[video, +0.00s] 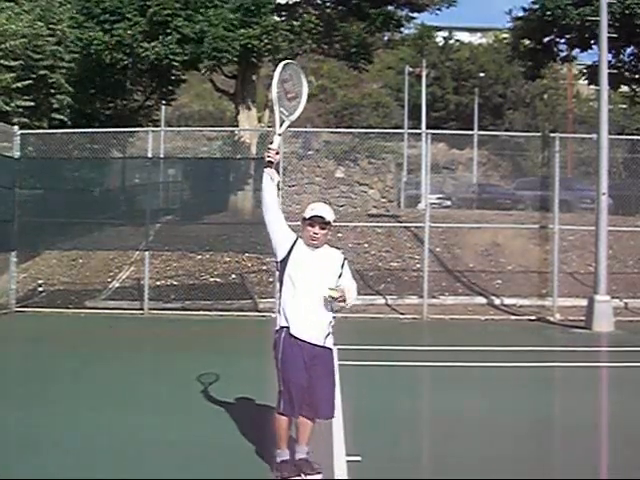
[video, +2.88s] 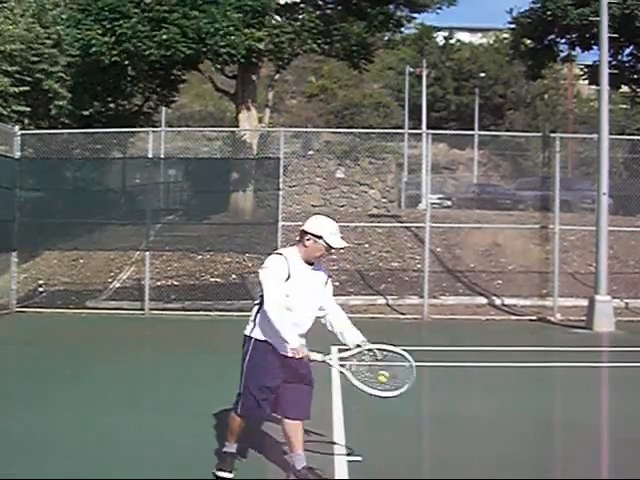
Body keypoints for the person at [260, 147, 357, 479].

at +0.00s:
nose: (316, 229)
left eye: (322, 225)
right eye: (311, 223)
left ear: (330, 229)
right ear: (302, 225)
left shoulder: (336, 259)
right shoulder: (289, 246)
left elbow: (352, 292)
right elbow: (271, 209)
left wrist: (344, 297)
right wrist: (270, 169)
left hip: (320, 339)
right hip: (291, 334)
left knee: (312, 401)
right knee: (289, 398)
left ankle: (302, 456)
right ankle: (282, 459)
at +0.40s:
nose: (316, 226)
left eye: (323, 224)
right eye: (313, 221)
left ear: (331, 231)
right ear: (304, 224)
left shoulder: (336, 257)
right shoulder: (289, 245)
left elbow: (363, 277)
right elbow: (254, 246)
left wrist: (355, 251)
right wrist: (269, 218)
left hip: (319, 337)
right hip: (289, 332)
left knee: (311, 398)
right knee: (288, 395)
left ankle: (301, 457)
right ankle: (283, 459)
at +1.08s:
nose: (318, 233)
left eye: (323, 229)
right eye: (314, 227)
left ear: (327, 231)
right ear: (303, 225)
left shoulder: (330, 255)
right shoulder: (282, 249)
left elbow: (357, 249)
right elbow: (252, 278)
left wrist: (345, 223)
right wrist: (270, 270)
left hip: (318, 335)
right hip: (287, 333)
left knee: (310, 397)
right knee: (286, 395)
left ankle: (302, 457)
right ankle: (283, 459)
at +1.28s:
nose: (308, 227)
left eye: (314, 223)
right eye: (304, 222)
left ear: (323, 229)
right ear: (296, 224)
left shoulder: (328, 256)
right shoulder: (279, 249)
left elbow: (358, 279)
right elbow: (252, 278)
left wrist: (352, 255)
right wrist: (265, 285)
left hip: (315, 338)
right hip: (283, 333)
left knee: (309, 397)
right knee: (284, 395)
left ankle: (302, 456)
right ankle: (281, 457)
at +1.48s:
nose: (310, 236)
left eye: (315, 231)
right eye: (304, 230)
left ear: (320, 233)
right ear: (293, 228)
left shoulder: (327, 261)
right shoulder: (273, 251)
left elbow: (341, 293)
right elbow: (248, 281)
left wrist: (339, 305)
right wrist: (260, 296)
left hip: (310, 339)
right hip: (278, 335)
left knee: (304, 397)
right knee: (271, 397)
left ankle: (300, 456)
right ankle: (255, 455)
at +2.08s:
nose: (287, 248)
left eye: (290, 244)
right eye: (284, 242)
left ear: (289, 242)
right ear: (268, 233)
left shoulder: (286, 261)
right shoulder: (240, 261)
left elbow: (292, 297)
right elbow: (235, 305)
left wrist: (308, 321)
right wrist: (242, 345)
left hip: (281, 341)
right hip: (251, 341)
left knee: (295, 391)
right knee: (248, 400)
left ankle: (292, 455)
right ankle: (238, 457)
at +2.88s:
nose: (328, 252)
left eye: (330, 248)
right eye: (327, 246)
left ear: (312, 242)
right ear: (308, 239)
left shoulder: (319, 276)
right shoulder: (277, 262)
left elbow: (331, 312)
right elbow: (272, 307)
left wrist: (357, 341)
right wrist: (293, 342)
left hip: (295, 347)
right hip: (263, 342)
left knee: (294, 405)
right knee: (249, 403)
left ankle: (298, 465)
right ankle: (228, 452)